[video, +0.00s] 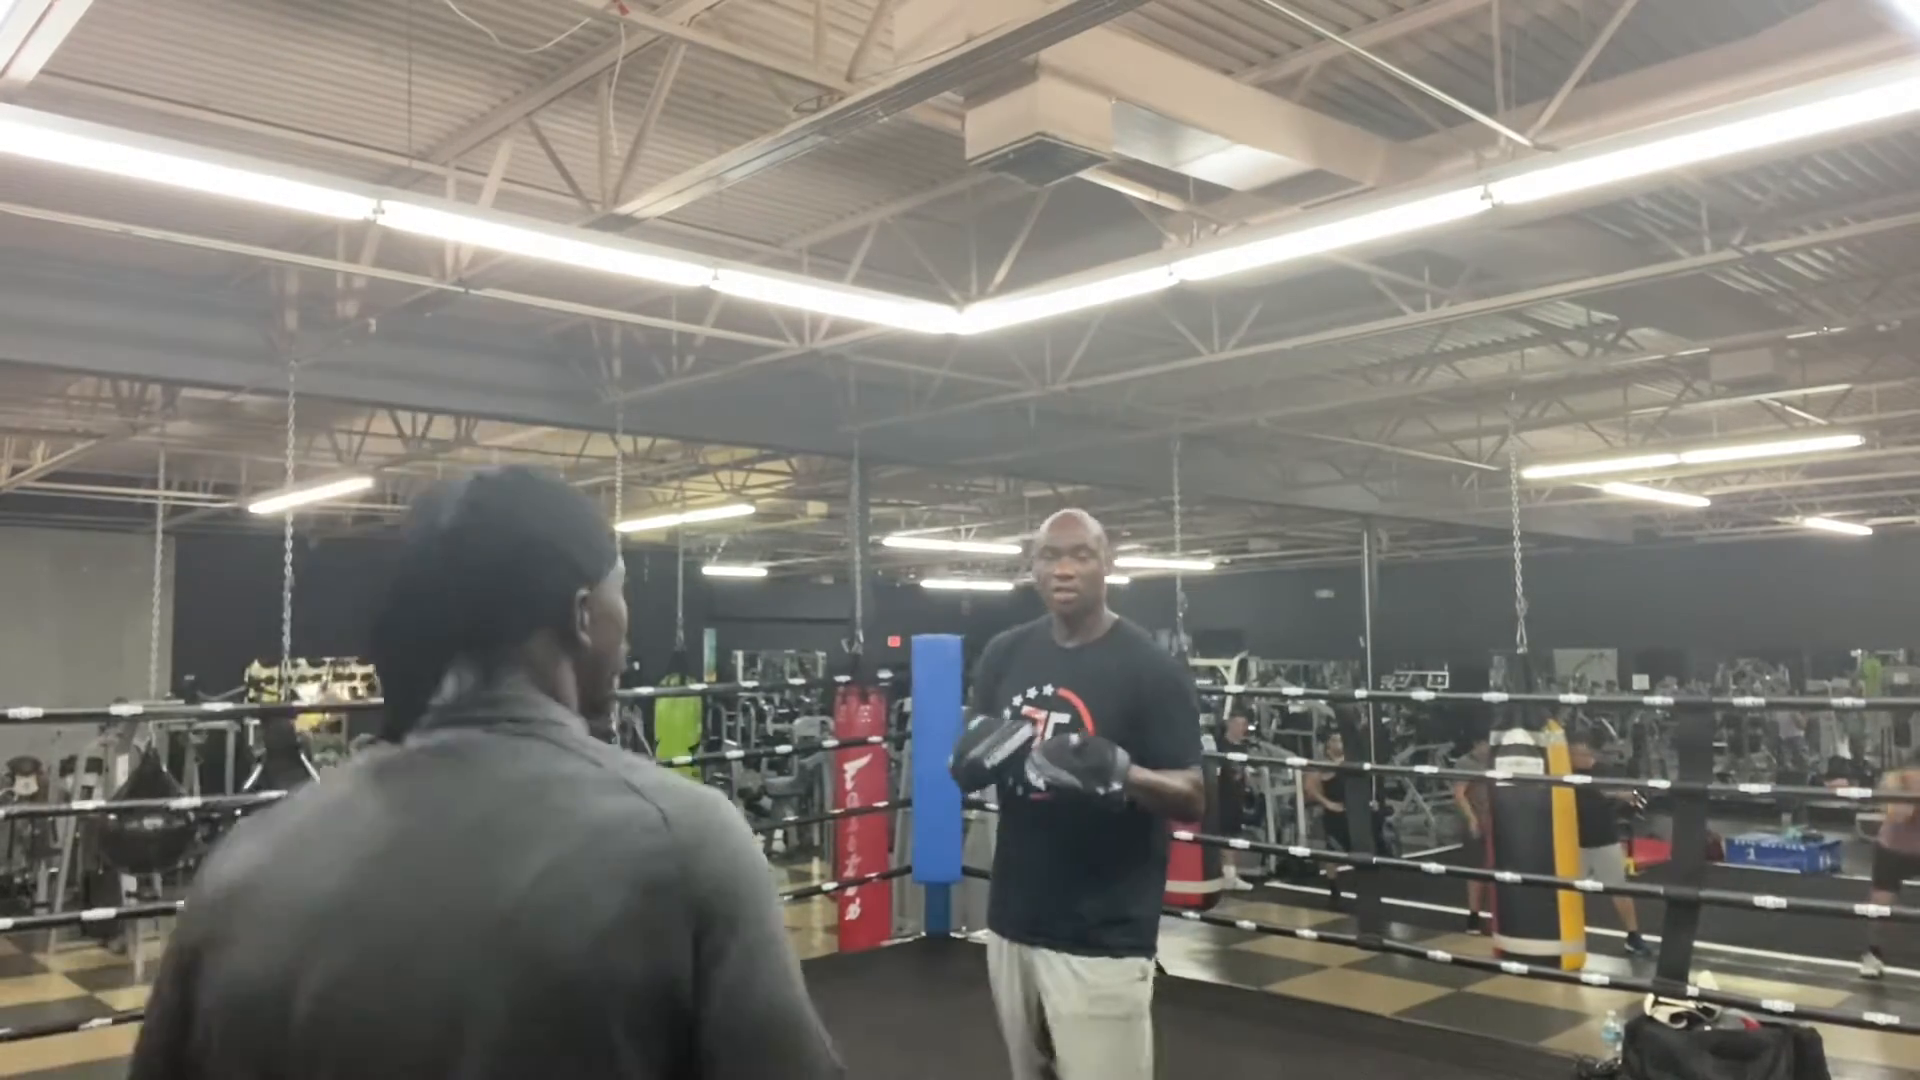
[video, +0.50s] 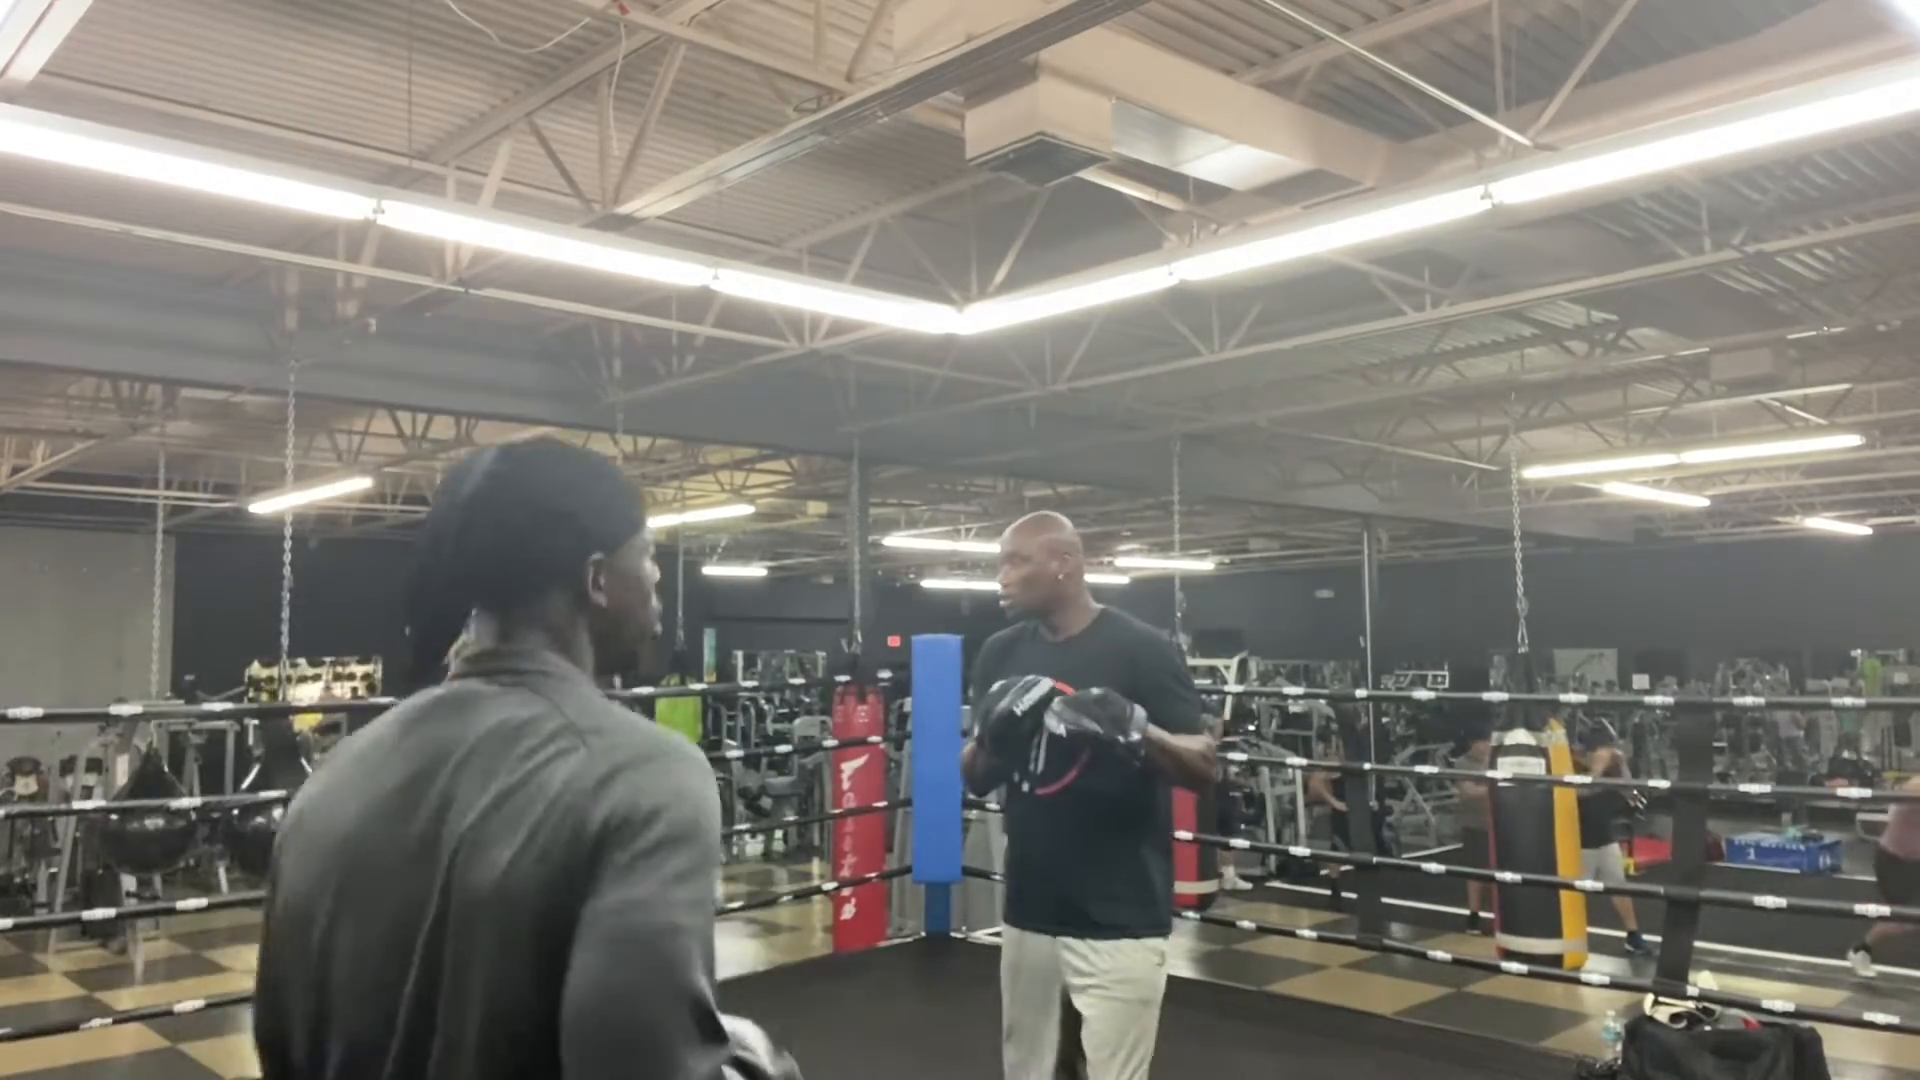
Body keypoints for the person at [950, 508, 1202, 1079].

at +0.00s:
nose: (1064, 569)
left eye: (1081, 555)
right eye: (1050, 555)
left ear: (1108, 568)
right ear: (1033, 568)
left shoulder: (1153, 669)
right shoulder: (1004, 654)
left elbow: (1193, 797)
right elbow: (973, 761)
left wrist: (1121, 774)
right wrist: (970, 765)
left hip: (1106, 943)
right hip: (1013, 929)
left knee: (1105, 1072)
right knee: (1029, 1071)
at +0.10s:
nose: (1052, 575)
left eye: (1068, 561)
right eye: (1039, 562)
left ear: (1097, 571)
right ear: (1025, 574)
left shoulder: (1146, 667)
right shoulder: (999, 657)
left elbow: (1189, 795)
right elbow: (961, 782)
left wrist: (1123, 766)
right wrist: (980, 750)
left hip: (1107, 933)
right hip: (1014, 924)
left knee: (1100, 1072)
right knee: (1028, 1069)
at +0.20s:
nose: (1044, 569)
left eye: (1061, 555)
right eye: (1032, 556)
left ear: (1090, 563)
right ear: (1020, 568)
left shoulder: (1142, 654)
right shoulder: (996, 650)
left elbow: (1196, 780)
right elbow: (965, 774)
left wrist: (1134, 748)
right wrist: (989, 736)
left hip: (1106, 926)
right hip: (1016, 918)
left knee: (1103, 1073)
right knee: (1021, 1072)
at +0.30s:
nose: (1022, 568)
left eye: (1040, 554)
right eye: (1016, 556)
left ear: (1082, 563)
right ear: (1010, 565)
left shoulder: (1141, 652)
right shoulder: (995, 652)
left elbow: (1197, 776)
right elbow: (963, 776)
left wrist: (1132, 739)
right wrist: (993, 738)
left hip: (1109, 926)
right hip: (1019, 920)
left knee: (1108, 1073)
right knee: (1018, 1072)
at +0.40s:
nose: (1000, 575)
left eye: (1015, 561)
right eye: (1000, 562)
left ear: (1065, 567)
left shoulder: (1143, 651)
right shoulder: (996, 654)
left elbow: (1198, 774)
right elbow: (966, 782)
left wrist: (1130, 739)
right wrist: (993, 740)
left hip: (1117, 924)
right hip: (1024, 920)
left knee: (1111, 1074)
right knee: (1020, 1072)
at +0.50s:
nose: (1001, 575)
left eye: (1015, 561)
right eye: (1001, 562)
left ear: (1064, 568)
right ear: (1052, 570)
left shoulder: (1145, 648)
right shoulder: (1000, 652)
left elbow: (1205, 767)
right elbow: (974, 775)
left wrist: (1134, 730)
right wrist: (998, 740)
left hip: (1122, 920)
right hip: (1031, 914)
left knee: (1115, 1074)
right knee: (1026, 1070)